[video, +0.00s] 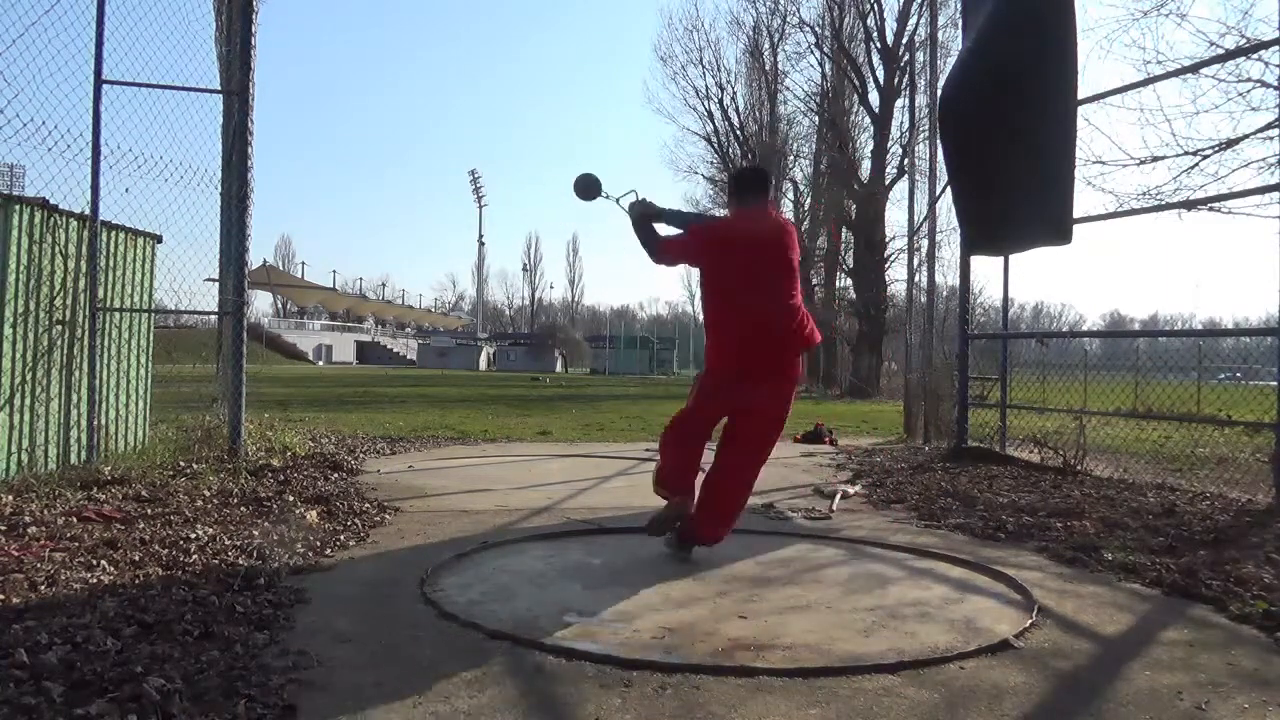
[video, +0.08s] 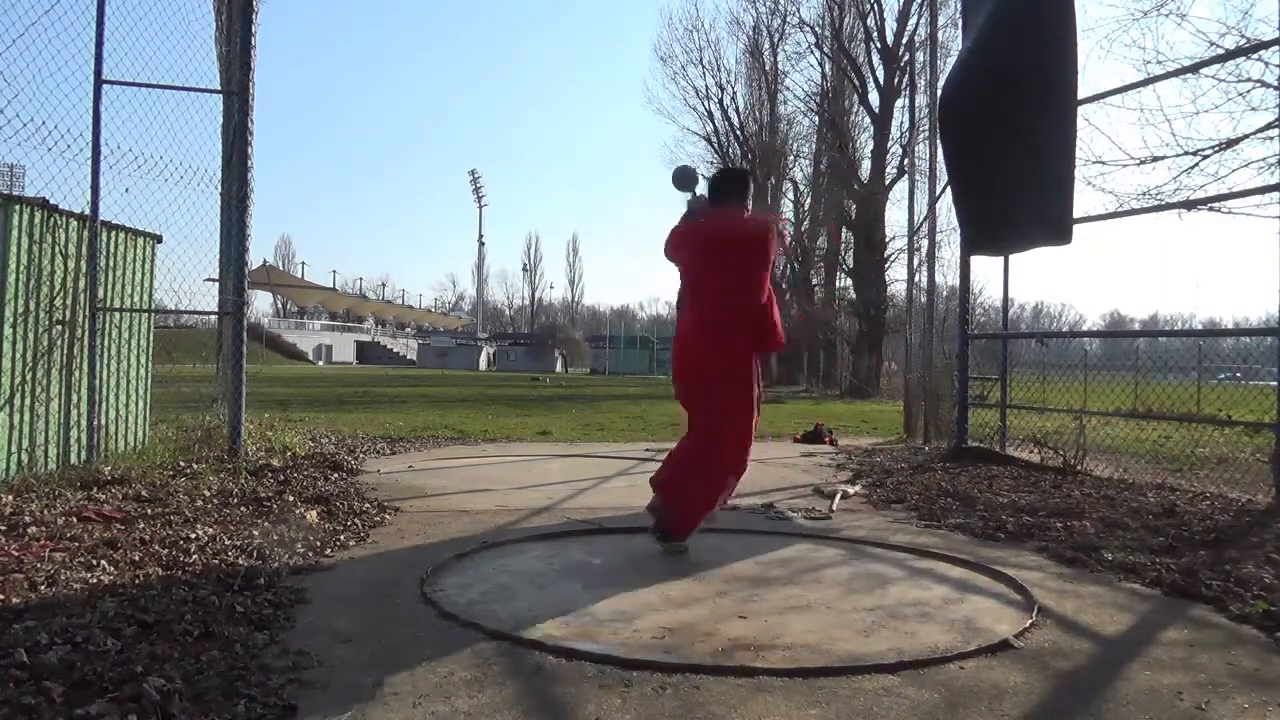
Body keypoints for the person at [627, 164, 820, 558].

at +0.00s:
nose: (736, 205)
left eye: (733, 197)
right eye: (762, 200)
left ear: (730, 198)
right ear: (769, 199)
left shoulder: (715, 236)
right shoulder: (786, 233)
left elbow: (659, 250)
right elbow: (715, 223)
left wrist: (639, 218)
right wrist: (660, 214)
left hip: (730, 363)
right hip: (781, 365)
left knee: (688, 427)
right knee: (743, 455)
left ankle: (679, 498)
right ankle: (695, 535)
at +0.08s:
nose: (750, 203)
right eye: (750, 197)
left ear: (710, 197)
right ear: (746, 199)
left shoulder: (694, 231)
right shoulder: (760, 231)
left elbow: (671, 247)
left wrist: (692, 214)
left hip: (691, 348)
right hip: (735, 352)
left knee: (702, 429)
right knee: (731, 446)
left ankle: (666, 490)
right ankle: (674, 524)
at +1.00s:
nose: (691, 185)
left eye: (690, 177)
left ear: (691, 178)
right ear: (729, 176)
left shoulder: (676, 218)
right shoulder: (758, 212)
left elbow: (647, 257)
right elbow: (817, 245)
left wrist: (685, 229)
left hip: (701, 336)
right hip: (751, 337)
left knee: (696, 425)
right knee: (728, 427)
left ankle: (721, 525)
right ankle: (693, 522)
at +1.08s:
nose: (696, 184)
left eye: (695, 177)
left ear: (697, 177)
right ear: (735, 175)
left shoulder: (681, 219)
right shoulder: (765, 213)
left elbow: (655, 264)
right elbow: (820, 264)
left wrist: (695, 236)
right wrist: (872, 302)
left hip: (707, 345)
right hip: (758, 347)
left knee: (701, 440)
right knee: (733, 437)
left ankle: (729, 536)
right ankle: (692, 523)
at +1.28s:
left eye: (726, 165)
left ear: (724, 167)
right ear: (764, 167)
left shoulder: (702, 207)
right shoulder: (787, 205)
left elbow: (673, 262)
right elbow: (839, 261)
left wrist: (718, 249)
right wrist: (888, 304)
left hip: (716, 331)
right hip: (771, 332)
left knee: (722, 435)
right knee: (755, 426)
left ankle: (731, 544)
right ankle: (758, 515)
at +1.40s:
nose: (782, 172)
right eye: (786, 164)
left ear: (746, 162)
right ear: (787, 164)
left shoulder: (716, 203)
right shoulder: (805, 207)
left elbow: (681, 257)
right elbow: (857, 266)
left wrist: (730, 258)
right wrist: (909, 310)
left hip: (723, 338)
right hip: (780, 340)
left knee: (724, 444)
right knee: (790, 433)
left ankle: (732, 548)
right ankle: (811, 533)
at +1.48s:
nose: (776, 171)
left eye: (766, 162)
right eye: (794, 163)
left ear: (760, 162)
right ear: (801, 165)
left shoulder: (732, 202)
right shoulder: (819, 211)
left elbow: (691, 258)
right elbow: (869, 275)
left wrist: (729, 273)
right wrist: (921, 321)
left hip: (734, 343)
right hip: (793, 345)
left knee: (729, 445)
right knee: (813, 435)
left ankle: (732, 549)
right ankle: (834, 539)